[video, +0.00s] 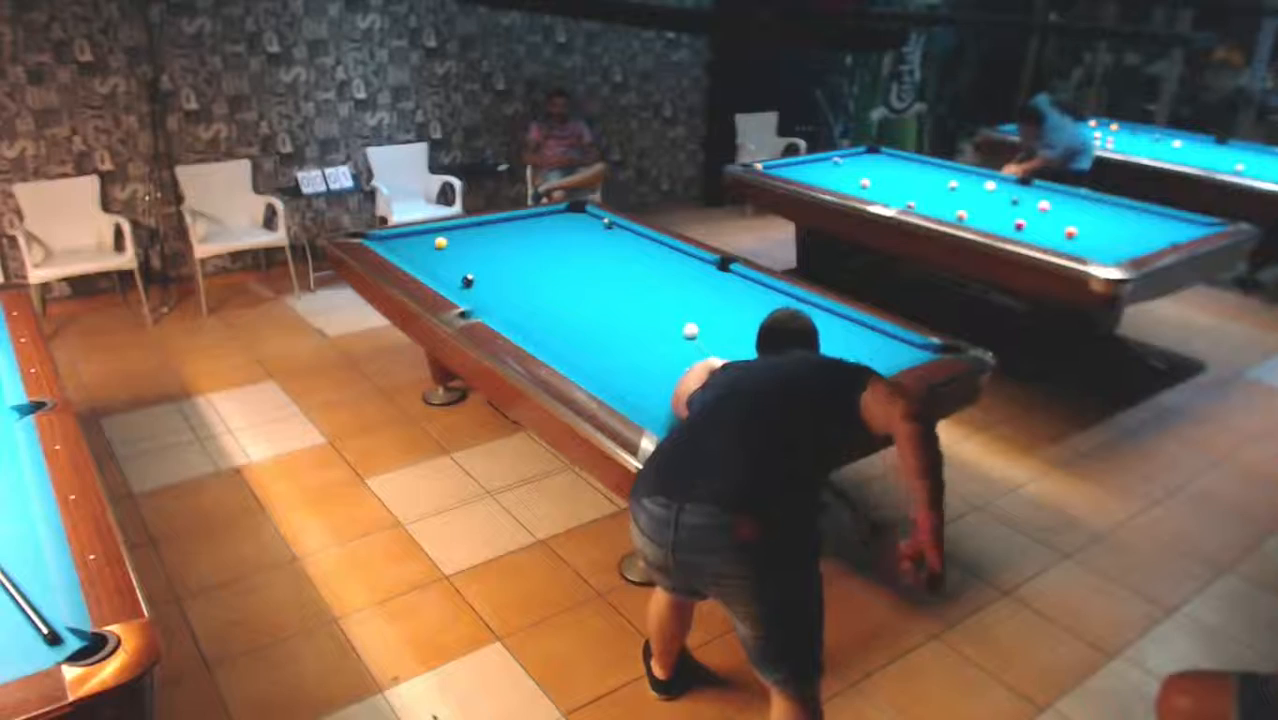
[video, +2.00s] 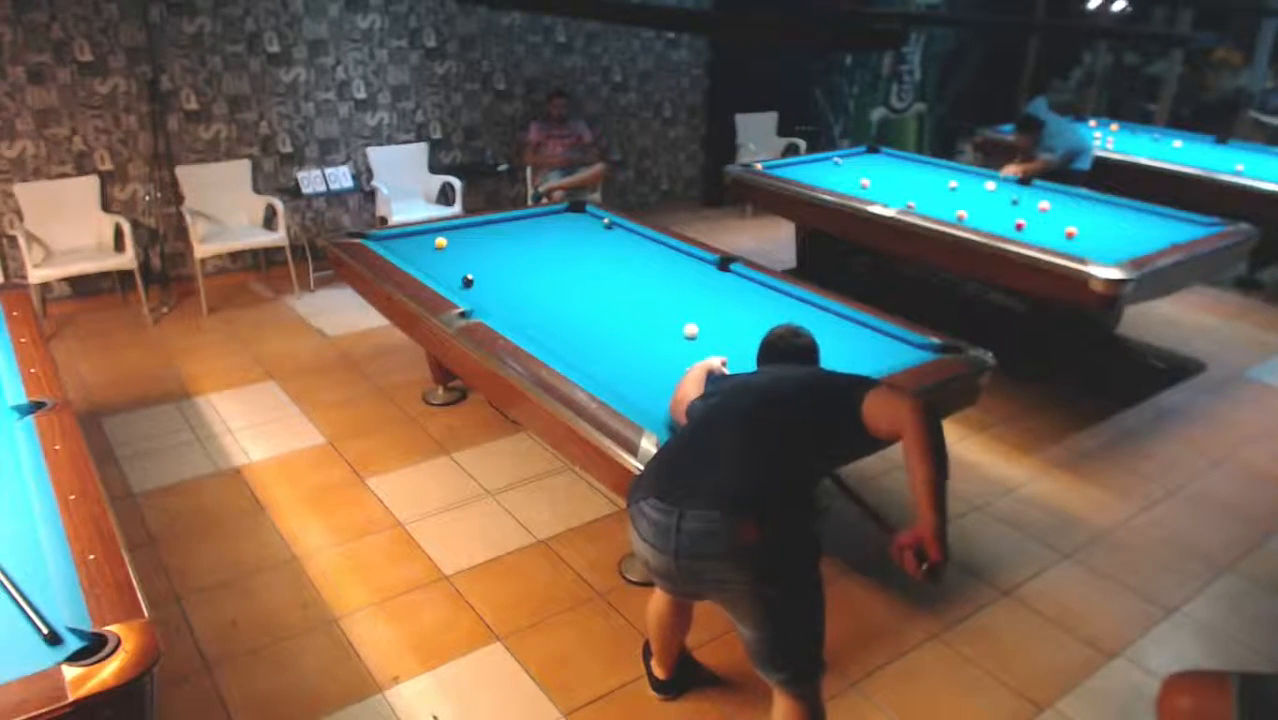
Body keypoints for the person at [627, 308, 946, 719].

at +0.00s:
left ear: (760, 349)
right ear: (814, 347)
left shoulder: (725, 372)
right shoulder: (844, 377)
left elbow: (681, 400)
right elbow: (910, 420)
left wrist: (705, 364)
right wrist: (927, 533)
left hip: (652, 508)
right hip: (746, 525)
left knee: (673, 584)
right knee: (791, 687)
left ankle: (663, 672)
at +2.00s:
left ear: (761, 362)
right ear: (814, 362)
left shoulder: (725, 387)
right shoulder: (836, 389)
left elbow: (680, 407)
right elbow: (913, 413)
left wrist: (703, 364)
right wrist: (928, 524)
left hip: (650, 518)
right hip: (747, 532)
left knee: (671, 584)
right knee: (792, 685)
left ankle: (663, 670)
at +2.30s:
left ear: (761, 359)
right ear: (814, 361)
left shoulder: (726, 387)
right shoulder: (835, 386)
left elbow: (683, 406)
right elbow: (913, 404)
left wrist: (702, 366)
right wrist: (888, 510)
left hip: (655, 517)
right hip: (750, 534)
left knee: (671, 583)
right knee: (798, 682)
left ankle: (664, 671)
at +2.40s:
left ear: (766, 346)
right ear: (819, 347)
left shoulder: (730, 373)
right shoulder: (844, 381)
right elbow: (920, 415)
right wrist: (895, 517)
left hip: (658, 522)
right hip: (751, 542)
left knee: (672, 584)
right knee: (803, 679)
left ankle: (664, 672)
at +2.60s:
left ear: (782, 307)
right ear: (839, 314)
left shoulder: (747, 346)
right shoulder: (870, 371)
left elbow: (688, 387)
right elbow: (953, 439)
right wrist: (921, 538)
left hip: (686, 519)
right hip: (781, 547)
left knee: (677, 589)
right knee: (815, 673)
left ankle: (663, 672)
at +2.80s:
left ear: (814, 277)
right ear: (884, 281)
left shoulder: (771, 336)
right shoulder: (908, 366)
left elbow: (687, 378)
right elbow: (994, 481)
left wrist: (723, 355)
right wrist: (961, 518)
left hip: (725, 562)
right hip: (829, 586)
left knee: (694, 611)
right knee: (832, 696)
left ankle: (666, 677)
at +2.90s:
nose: (817, 281)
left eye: (818, 270)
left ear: (823, 275)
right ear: (892, 276)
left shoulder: (777, 331)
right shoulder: (923, 367)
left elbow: (686, 353)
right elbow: (1007, 487)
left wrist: (700, 327)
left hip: (728, 559)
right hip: (831, 587)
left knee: (699, 606)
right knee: (833, 695)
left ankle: (669, 686)